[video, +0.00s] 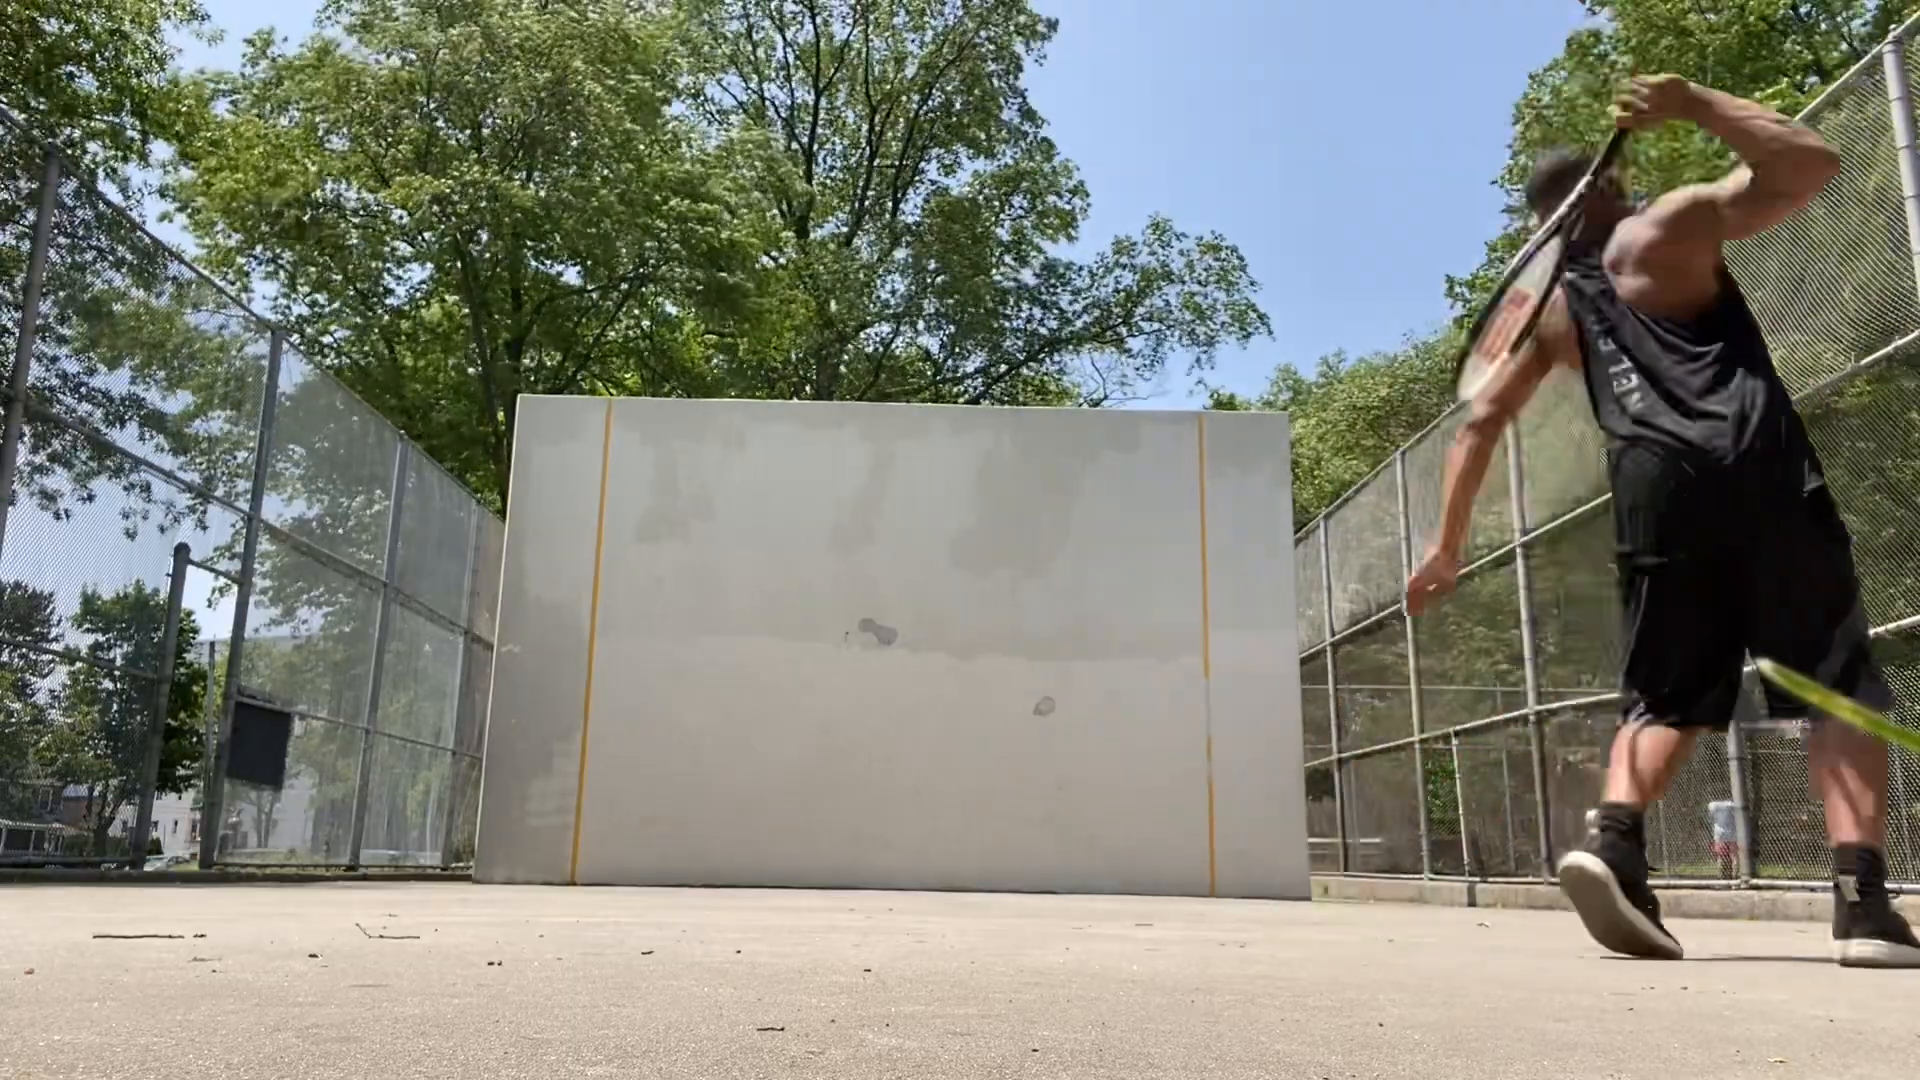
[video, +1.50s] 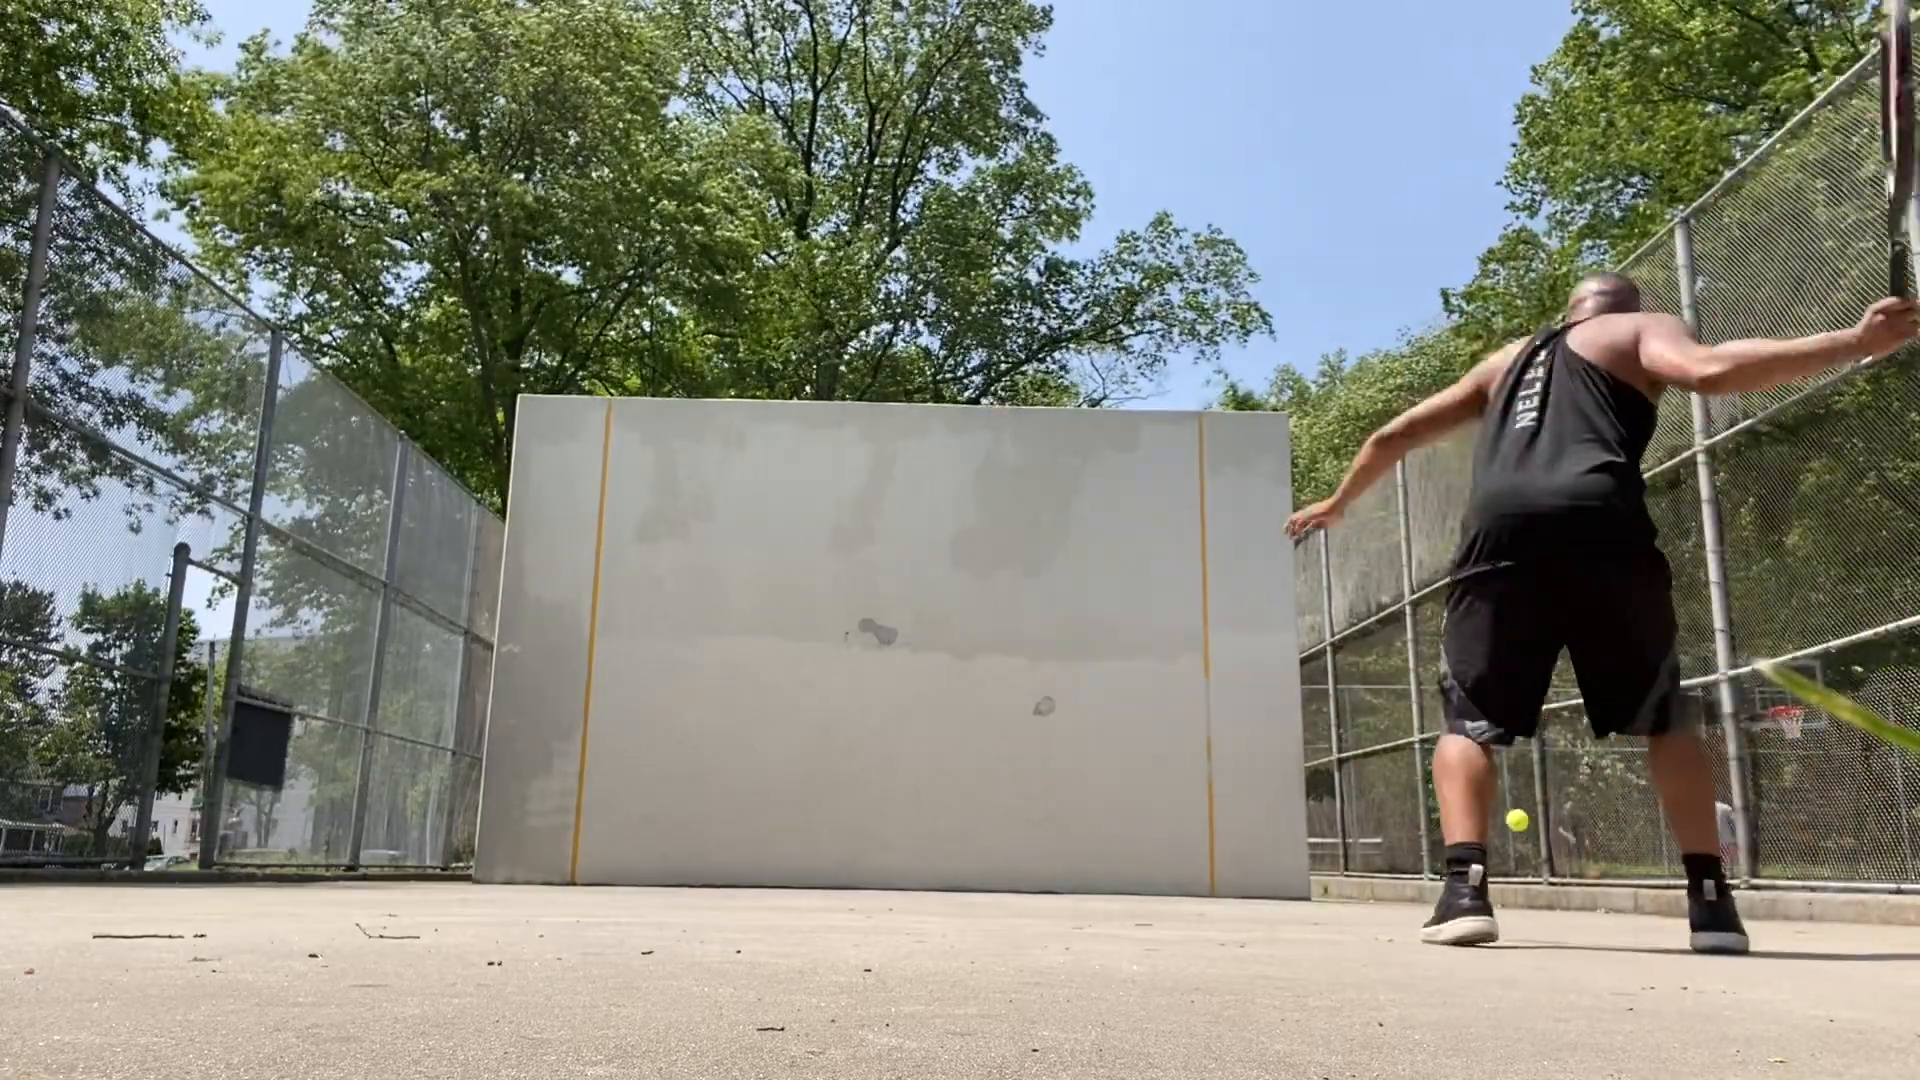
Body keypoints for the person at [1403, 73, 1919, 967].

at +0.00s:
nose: (1619, 182)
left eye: (1608, 176)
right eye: (1609, 177)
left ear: (1550, 220)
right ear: (1601, 189)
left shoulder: (1547, 307)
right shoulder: (1667, 224)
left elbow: (1481, 418)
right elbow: (1810, 163)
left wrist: (1446, 545)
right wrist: (1695, 102)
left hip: (1654, 504)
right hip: (1764, 477)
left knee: (1671, 686)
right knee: (1839, 678)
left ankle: (1613, 846)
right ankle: (1863, 903)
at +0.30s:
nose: (1504, 255)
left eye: (1507, 242)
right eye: (1507, 242)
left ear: (1528, 243)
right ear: (1585, 241)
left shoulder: (1563, 298)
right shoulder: (1630, 288)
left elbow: (1664, 370)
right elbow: (1566, 402)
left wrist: (1630, 502)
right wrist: (1510, 464)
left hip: (1701, 480)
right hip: (1780, 447)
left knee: (1688, 696)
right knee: (1863, 621)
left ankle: (1746, 904)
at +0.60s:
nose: (1490, 322)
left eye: (1492, 310)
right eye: (1490, 311)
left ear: (1509, 305)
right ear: (1558, 294)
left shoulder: (1534, 324)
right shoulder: (1615, 323)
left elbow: (1621, 394)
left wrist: (1586, 517)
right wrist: (1594, 542)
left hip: (1714, 494)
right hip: (1785, 473)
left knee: (1690, 703)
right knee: (1812, 695)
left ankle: (1753, 903)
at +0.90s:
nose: (1501, 303)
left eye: (1501, 293)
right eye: (1503, 293)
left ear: (1512, 288)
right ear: (1579, 282)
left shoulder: (1510, 338)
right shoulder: (1646, 328)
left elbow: (1525, 459)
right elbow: (1709, 426)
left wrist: (1549, 531)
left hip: (1614, 511)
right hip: (1715, 510)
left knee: (1534, 692)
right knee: (1738, 710)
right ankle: (1854, 897)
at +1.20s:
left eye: (1483, 266)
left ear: (1481, 278)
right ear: (1554, 269)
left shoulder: (1443, 334)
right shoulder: (1600, 298)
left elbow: (1450, 460)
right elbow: (1683, 392)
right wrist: (1649, 409)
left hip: (1497, 521)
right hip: (1606, 514)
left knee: (1475, 704)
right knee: (1666, 696)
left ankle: (1467, 894)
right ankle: (1727, 885)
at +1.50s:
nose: (1643, 310)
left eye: (1610, 295)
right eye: (1641, 304)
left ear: (1570, 310)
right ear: (1631, 306)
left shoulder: (1508, 358)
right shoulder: (1637, 323)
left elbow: (1390, 436)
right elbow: (1707, 370)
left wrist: (1334, 505)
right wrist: (1858, 340)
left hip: (1498, 540)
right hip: (1605, 531)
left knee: (1470, 720)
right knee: (1663, 714)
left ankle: (1463, 889)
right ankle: (1710, 904)